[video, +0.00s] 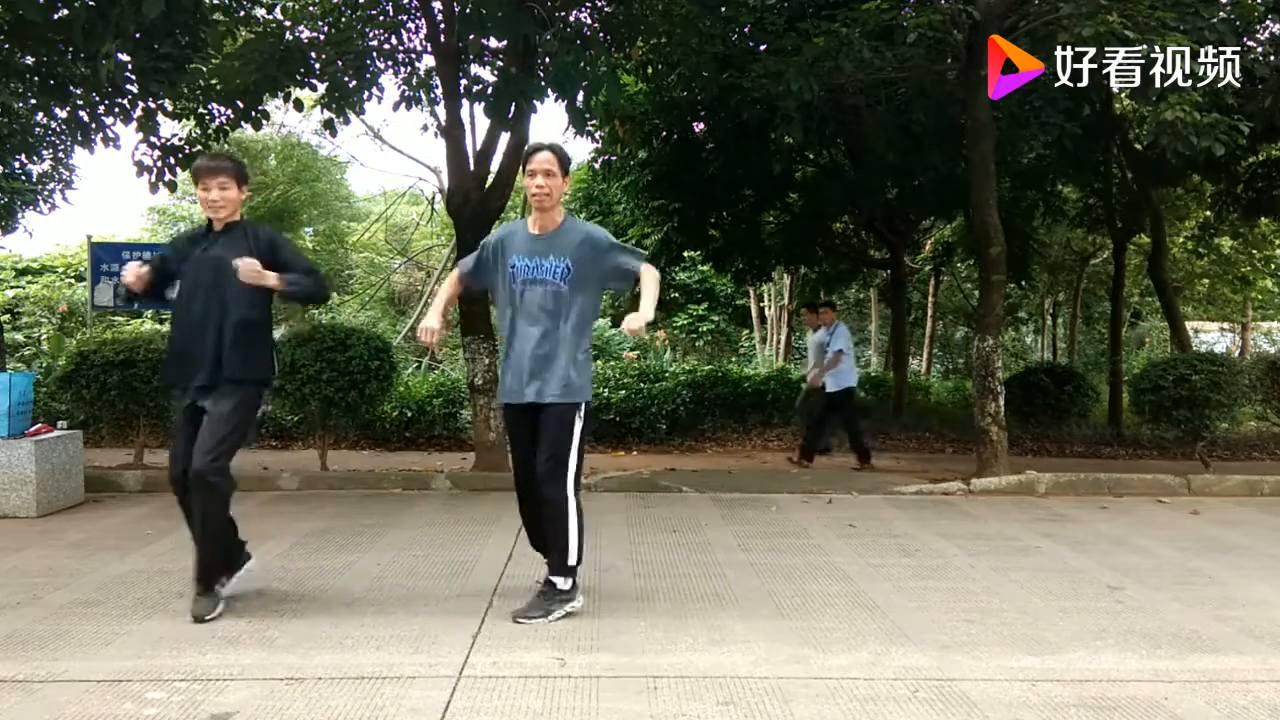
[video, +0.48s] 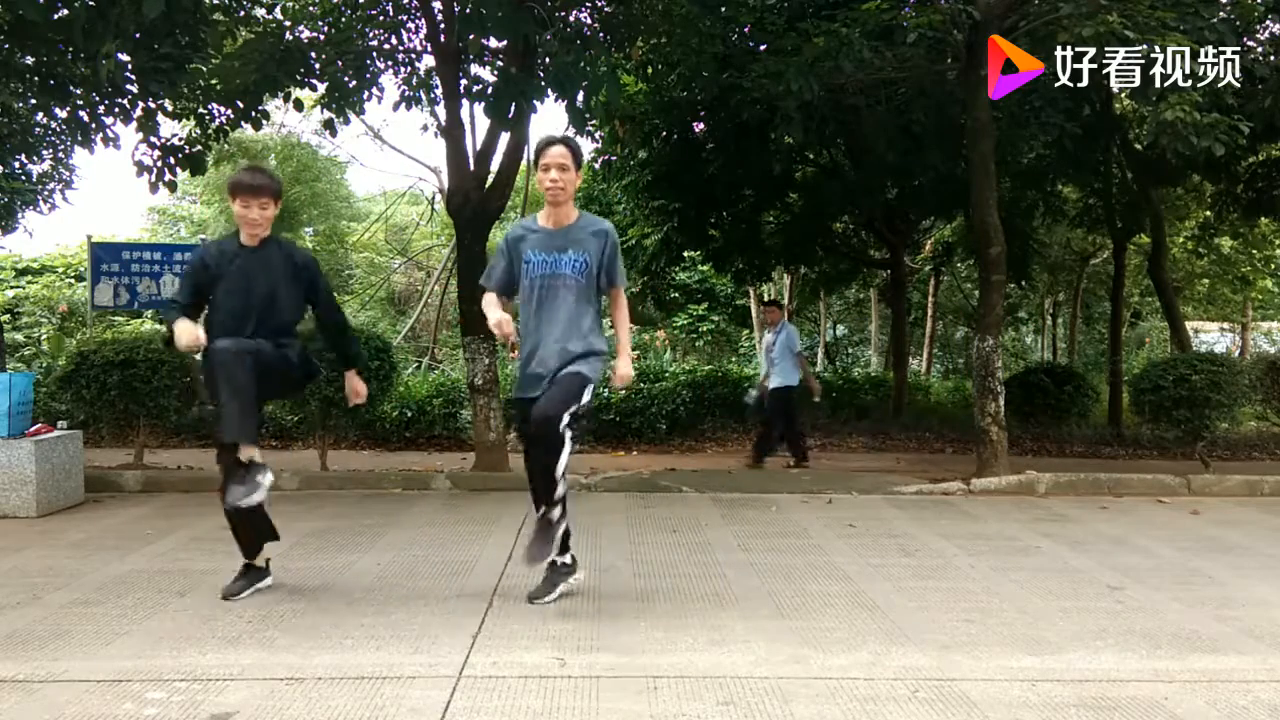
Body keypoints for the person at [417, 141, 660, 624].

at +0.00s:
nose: (539, 182)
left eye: (549, 174)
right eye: (532, 174)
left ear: (565, 183)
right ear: (523, 181)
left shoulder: (587, 238)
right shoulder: (503, 239)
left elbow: (647, 270)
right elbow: (458, 276)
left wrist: (645, 311)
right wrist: (435, 311)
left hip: (566, 379)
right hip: (518, 380)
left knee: (553, 481)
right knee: (527, 484)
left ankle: (562, 587)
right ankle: (557, 569)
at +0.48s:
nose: (553, 177)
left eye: (562, 169)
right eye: (545, 169)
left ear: (578, 176)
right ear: (536, 176)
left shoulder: (601, 233)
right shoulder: (517, 236)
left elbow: (617, 296)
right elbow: (491, 293)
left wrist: (624, 353)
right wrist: (496, 314)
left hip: (583, 357)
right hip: (534, 363)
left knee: (546, 418)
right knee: (538, 459)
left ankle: (546, 517)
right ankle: (563, 558)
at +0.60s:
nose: (566, 187)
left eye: (574, 179)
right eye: (558, 179)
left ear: (589, 187)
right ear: (547, 186)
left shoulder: (608, 244)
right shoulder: (526, 244)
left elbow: (621, 310)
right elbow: (490, 303)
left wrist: (634, 369)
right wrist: (511, 304)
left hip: (590, 362)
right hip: (539, 370)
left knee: (561, 405)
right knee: (542, 469)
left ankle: (587, 480)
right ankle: (551, 561)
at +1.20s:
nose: (630, 193)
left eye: (638, 185)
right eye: (622, 186)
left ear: (652, 193)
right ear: (610, 195)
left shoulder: (675, 252)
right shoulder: (589, 252)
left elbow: (692, 310)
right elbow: (583, 316)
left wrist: (688, 342)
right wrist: (580, 371)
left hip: (657, 375)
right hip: (605, 369)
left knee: (645, 479)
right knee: (612, 423)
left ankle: (634, 569)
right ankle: (608, 489)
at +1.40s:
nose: (647, 182)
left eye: (655, 174)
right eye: (638, 175)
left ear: (669, 182)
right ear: (628, 186)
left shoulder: (695, 239)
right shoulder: (609, 244)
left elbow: (716, 300)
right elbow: (597, 307)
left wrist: (696, 314)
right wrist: (588, 364)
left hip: (679, 374)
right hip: (628, 370)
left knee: (662, 472)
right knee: (646, 463)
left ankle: (625, 556)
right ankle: (662, 554)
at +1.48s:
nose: (655, 196)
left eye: (662, 188)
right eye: (646, 189)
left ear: (677, 195)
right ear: (635, 200)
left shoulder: (702, 253)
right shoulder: (617, 258)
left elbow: (723, 314)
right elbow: (598, 320)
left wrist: (697, 327)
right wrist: (587, 381)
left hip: (687, 390)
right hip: (637, 388)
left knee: (661, 484)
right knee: (656, 483)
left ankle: (626, 559)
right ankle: (671, 579)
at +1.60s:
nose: (666, 182)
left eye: (674, 173)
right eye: (657, 175)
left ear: (687, 180)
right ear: (645, 186)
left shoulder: (714, 236)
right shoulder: (630, 248)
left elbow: (725, 301)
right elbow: (611, 315)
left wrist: (722, 355)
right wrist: (599, 379)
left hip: (704, 380)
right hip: (655, 385)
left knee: (693, 481)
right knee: (666, 486)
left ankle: (640, 546)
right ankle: (674, 583)